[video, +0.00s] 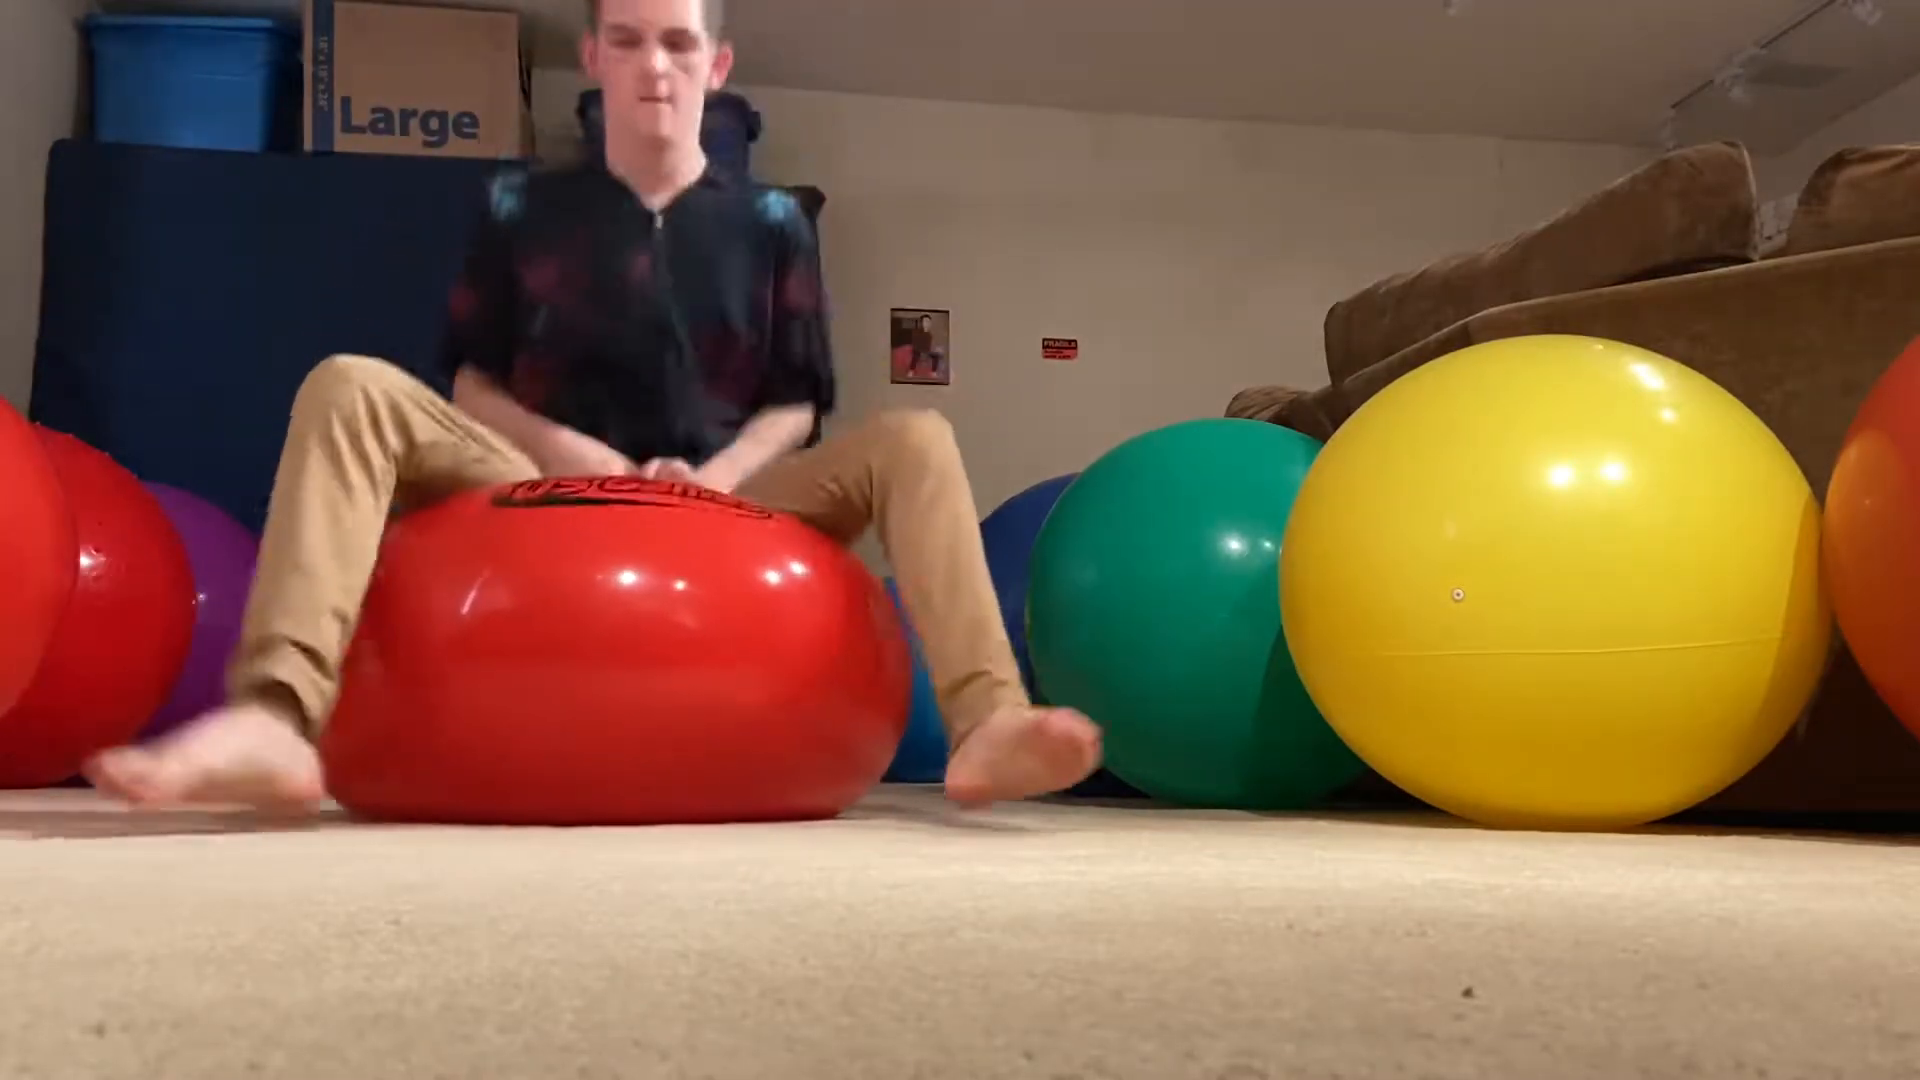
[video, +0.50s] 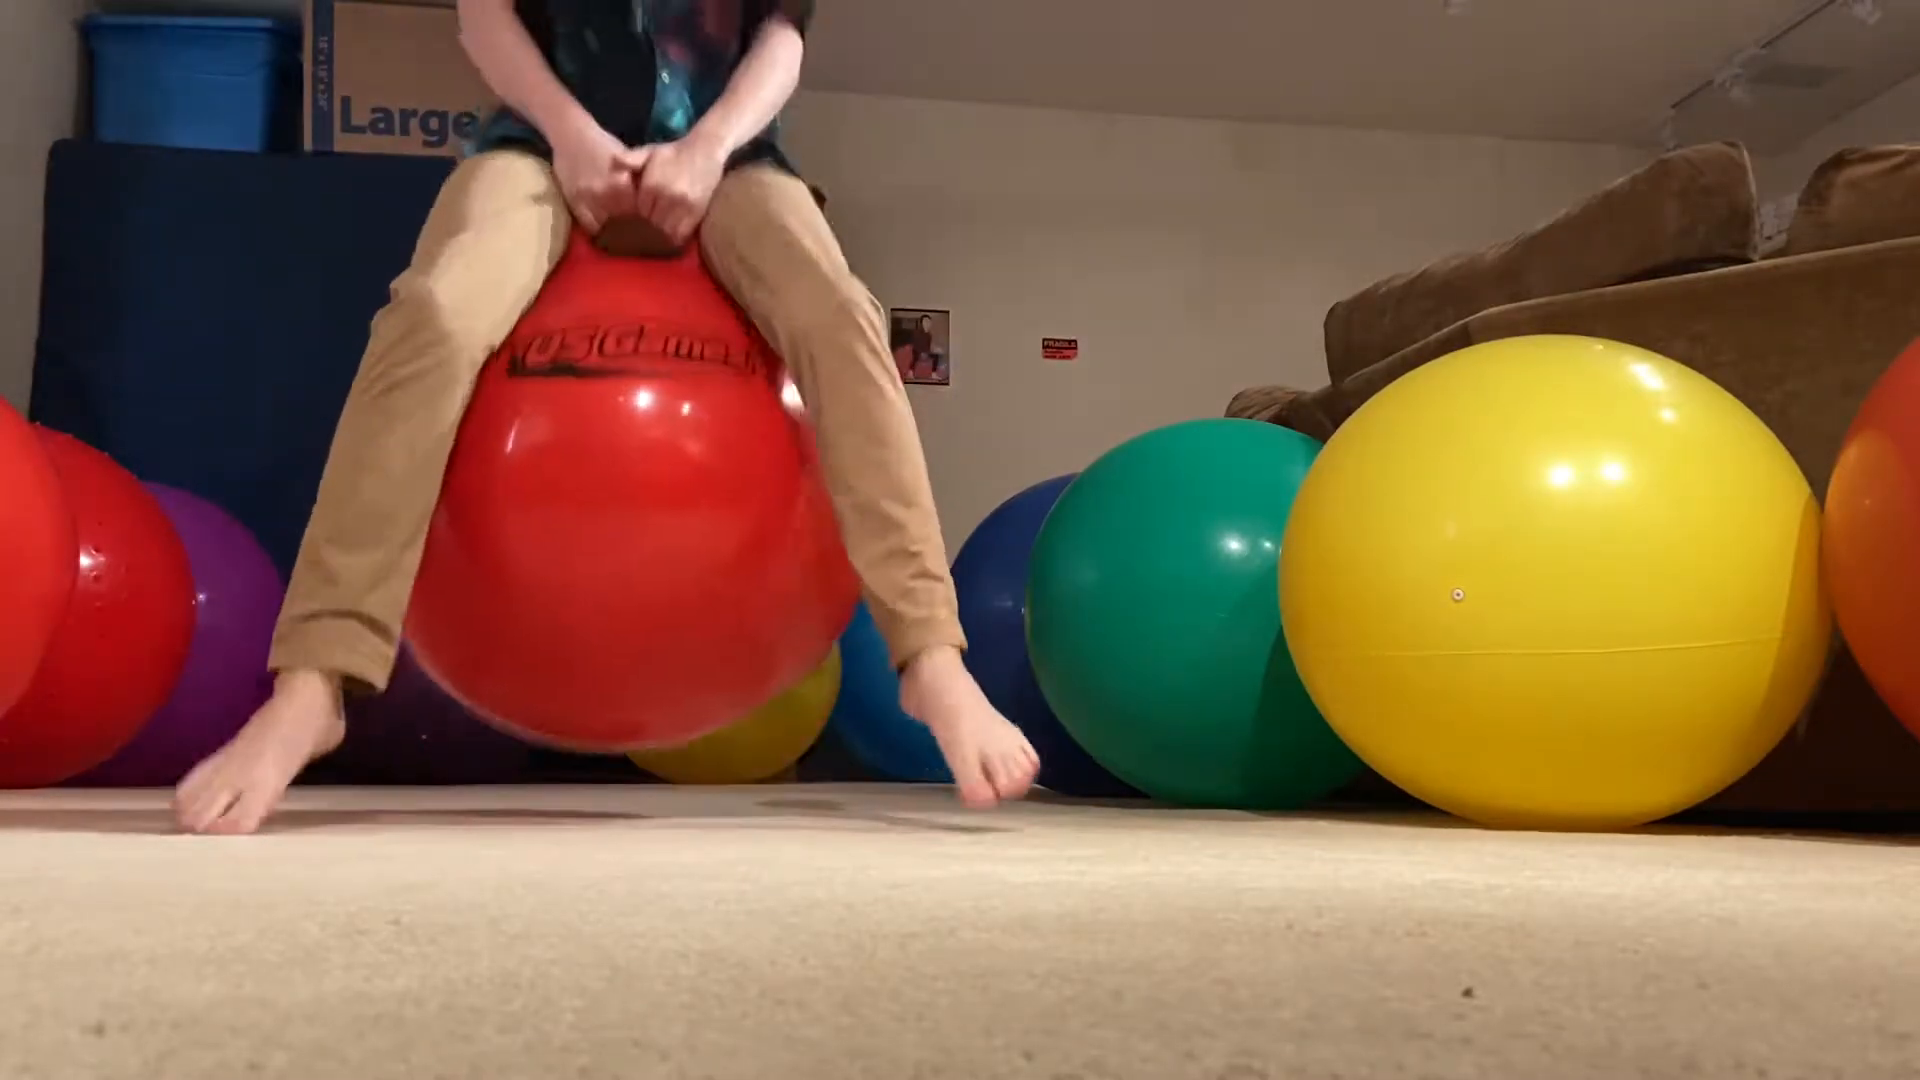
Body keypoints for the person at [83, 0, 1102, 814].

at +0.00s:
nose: (653, 66)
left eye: (677, 44)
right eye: (628, 43)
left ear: (718, 68)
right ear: (590, 64)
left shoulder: (774, 226)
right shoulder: (519, 208)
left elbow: (803, 401)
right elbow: (467, 387)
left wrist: (730, 473)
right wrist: (560, 451)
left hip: (726, 489)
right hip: (549, 481)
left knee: (913, 437)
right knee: (347, 390)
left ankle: (986, 728)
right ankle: (275, 724)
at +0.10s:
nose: (647, 13)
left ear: (703, 15)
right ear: (586, 11)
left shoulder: (761, 161)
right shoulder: (515, 148)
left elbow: (786, 350)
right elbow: (467, 336)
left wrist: (706, 429)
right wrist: (555, 406)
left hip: (711, 448)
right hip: (545, 438)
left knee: (910, 410)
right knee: (333, 378)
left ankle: (910, 748)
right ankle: (334, 742)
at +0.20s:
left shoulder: (764, 23)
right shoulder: (495, 13)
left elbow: (781, 183)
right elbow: (476, 162)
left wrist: (716, 305)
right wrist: (568, 276)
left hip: (719, 310)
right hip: (550, 304)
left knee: (898, 399)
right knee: (355, 382)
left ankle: (888, 745)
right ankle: (314, 752)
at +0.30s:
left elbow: (766, 49)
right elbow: (497, 31)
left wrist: (715, 199)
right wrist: (586, 176)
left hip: (725, 179)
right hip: (548, 171)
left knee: (851, 348)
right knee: (421, 339)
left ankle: (926, 674)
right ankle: (303, 675)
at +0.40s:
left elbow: (767, 13)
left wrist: (710, 130)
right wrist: (581, 116)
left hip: (725, 109)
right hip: (547, 101)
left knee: (828, 296)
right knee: (449, 290)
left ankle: (928, 629)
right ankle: (305, 644)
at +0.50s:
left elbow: (783, 37)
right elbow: (481, 20)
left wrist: (711, 144)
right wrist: (573, 133)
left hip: (723, 137)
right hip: (541, 133)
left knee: (839, 318)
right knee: (435, 318)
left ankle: (934, 662)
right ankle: (309, 685)